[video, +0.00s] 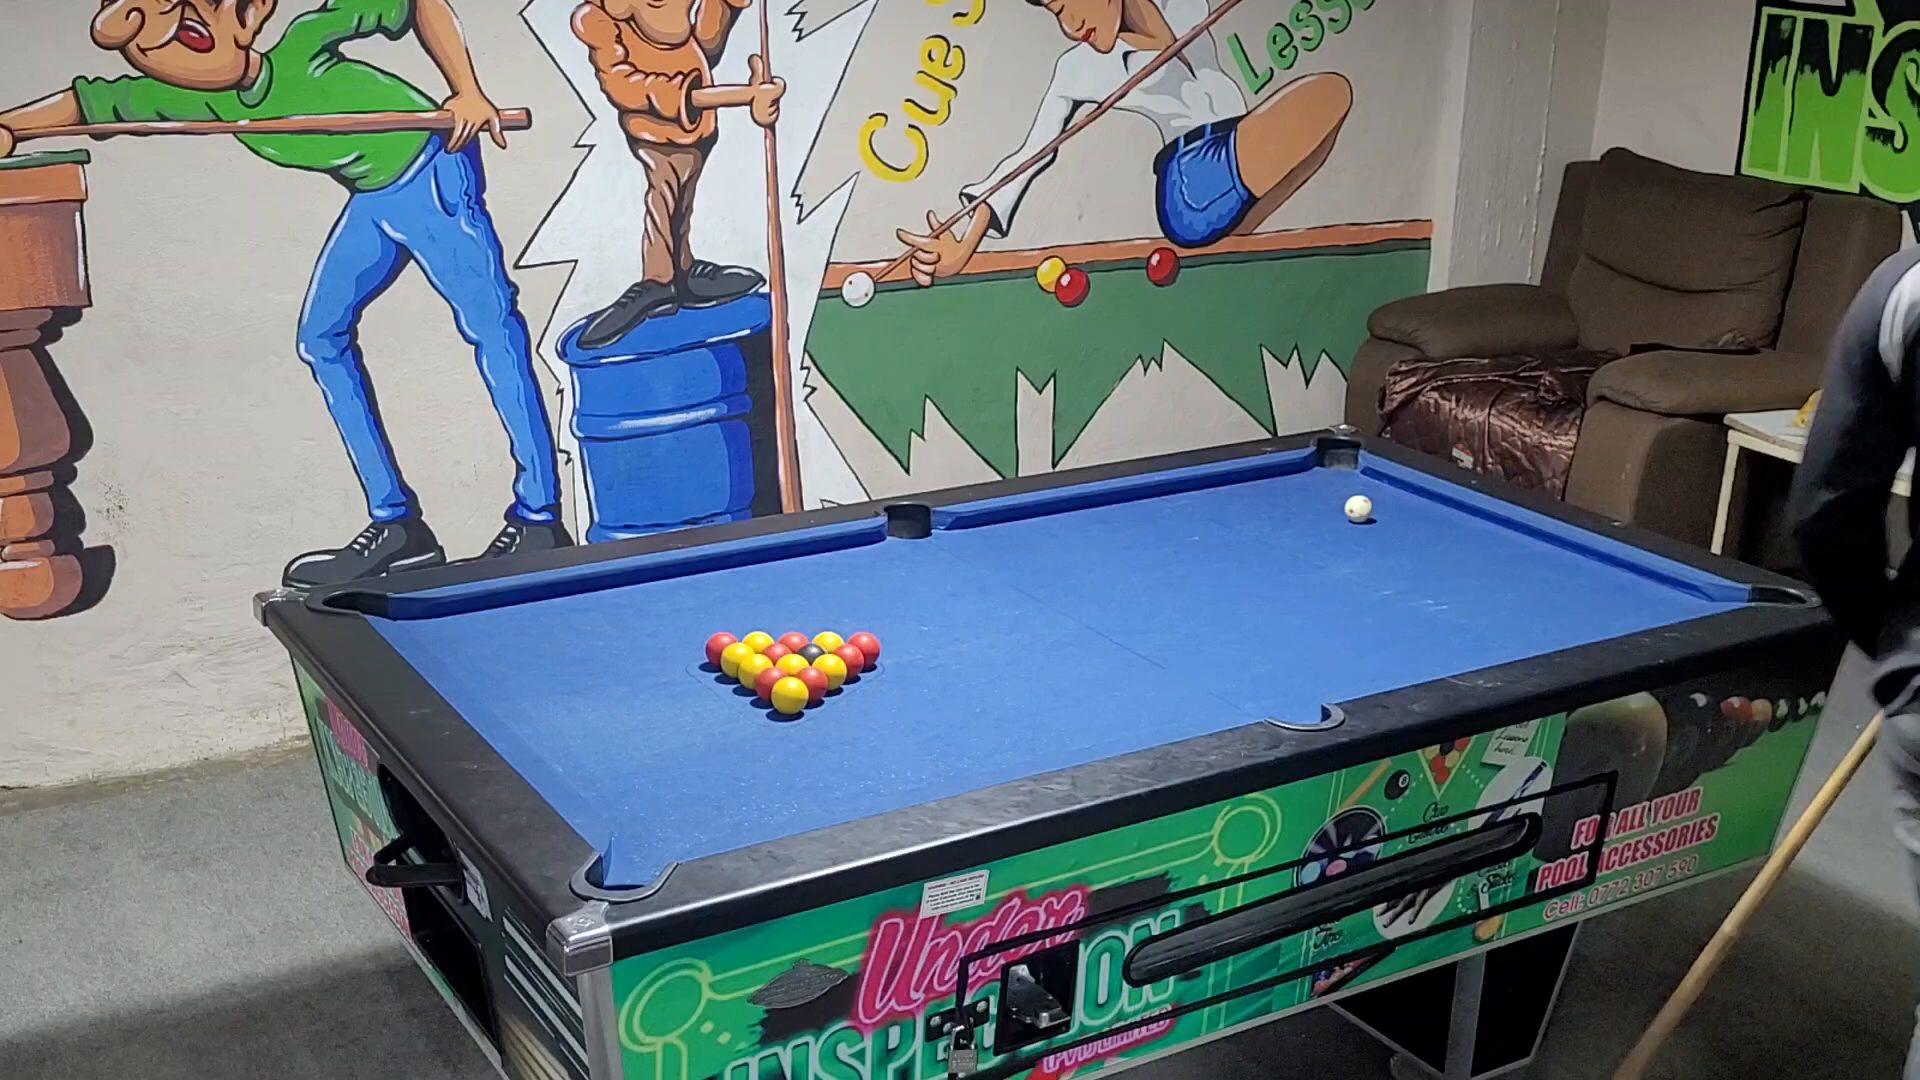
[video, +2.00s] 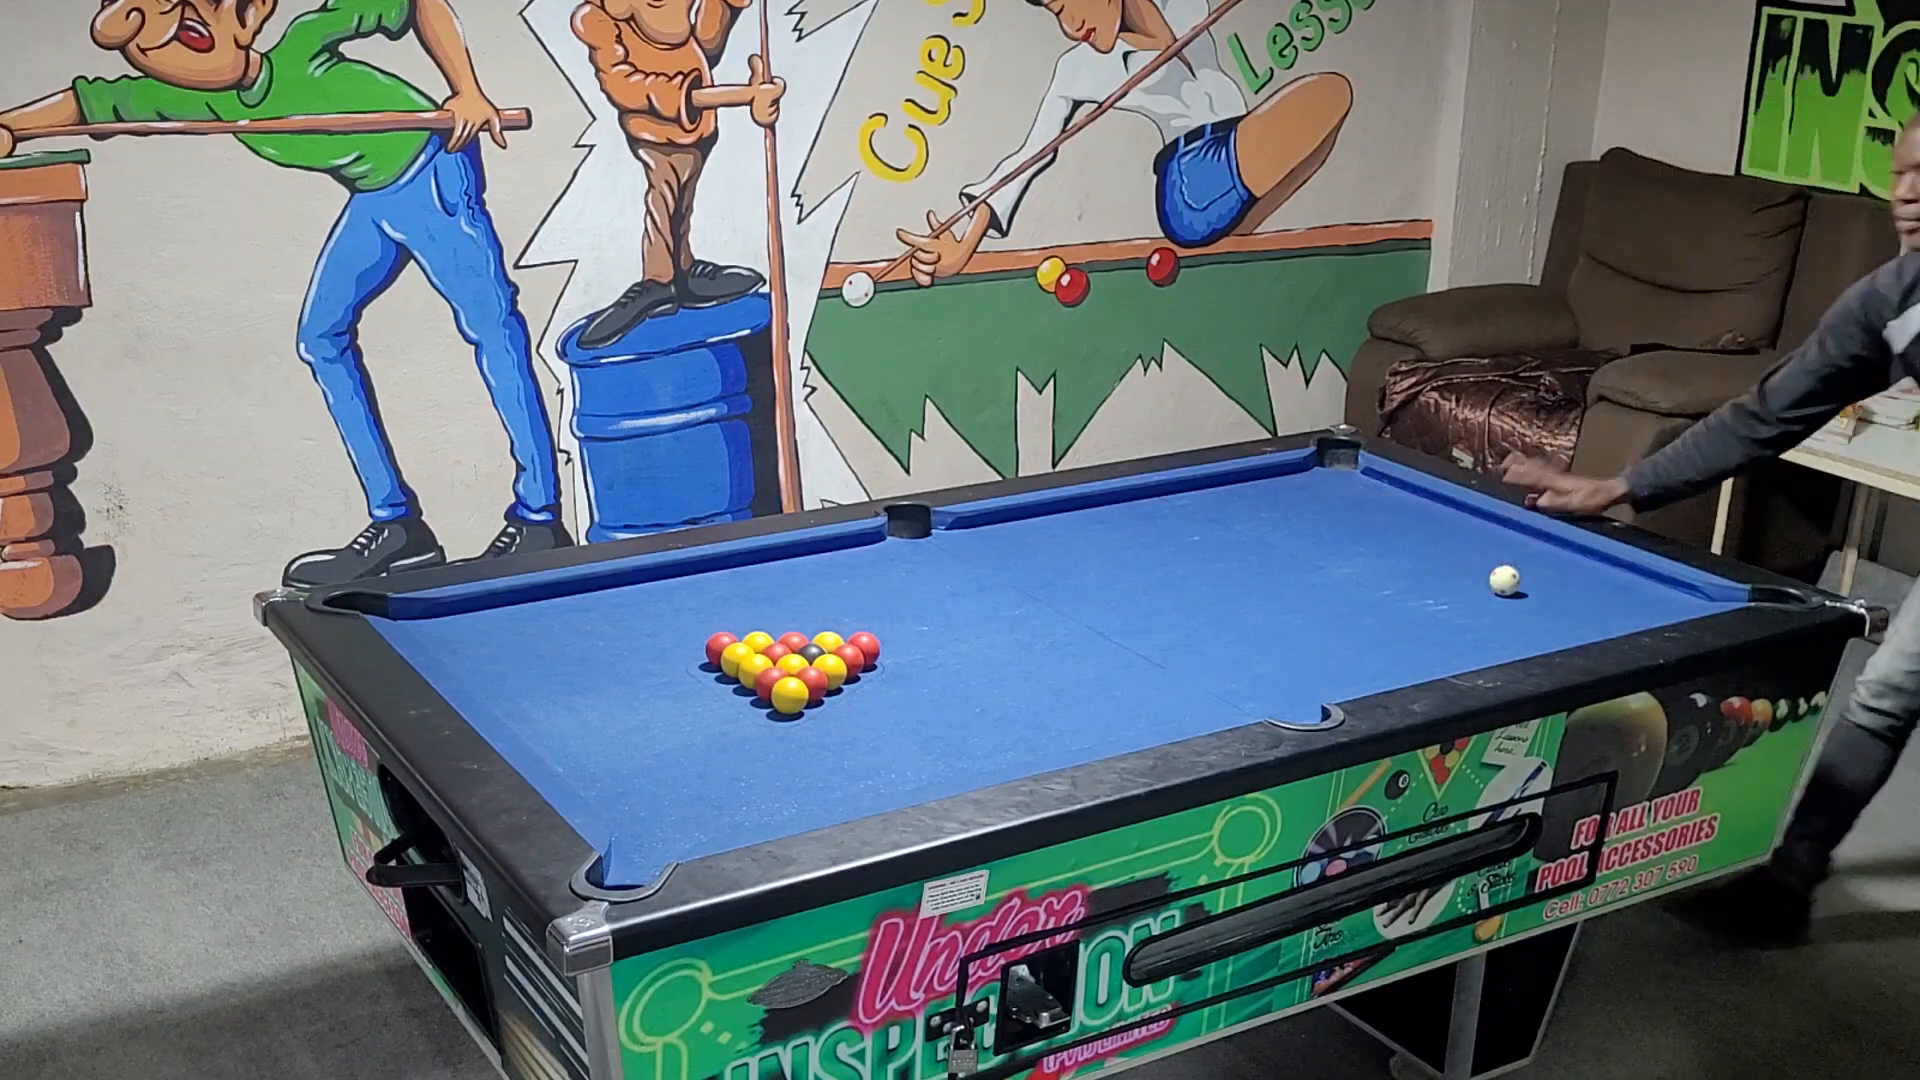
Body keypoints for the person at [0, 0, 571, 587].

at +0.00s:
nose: (207, 59)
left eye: (200, 44)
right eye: (190, 58)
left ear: (223, 23)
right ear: (181, 74)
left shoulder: (300, 37)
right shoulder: (211, 99)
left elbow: (419, 4)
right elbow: (89, 101)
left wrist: (466, 87)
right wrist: (9, 124)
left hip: (426, 166)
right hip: (369, 199)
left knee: (492, 330)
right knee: (322, 338)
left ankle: (540, 517)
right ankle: (397, 522)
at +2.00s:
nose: (209, 57)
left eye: (202, 43)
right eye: (191, 57)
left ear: (224, 22)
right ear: (182, 73)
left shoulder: (300, 37)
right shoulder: (211, 98)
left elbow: (419, 4)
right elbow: (89, 100)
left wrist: (467, 87)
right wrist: (9, 124)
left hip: (426, 165)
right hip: (369, 199)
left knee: (493, 330)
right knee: (322, 338)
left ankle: (540, 517)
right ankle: (397, 523)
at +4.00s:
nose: (204, 52)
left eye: (198, 37)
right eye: (188, 53)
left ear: (222, 18)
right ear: (181, 74)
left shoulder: (300, 37)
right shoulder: (215, 98)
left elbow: (417, 3)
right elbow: (92, 100)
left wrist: (467, 88)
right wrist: (10, 123)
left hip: (426, 165)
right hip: (369, 198)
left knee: (492, 329)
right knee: (322, 338)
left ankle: (540, 518)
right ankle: (397, 523)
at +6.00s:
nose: (208, 58)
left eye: (201, 42)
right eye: (191, 58)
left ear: (228, 22)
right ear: (185, 75)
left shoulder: (300, 37)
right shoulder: (213, 98)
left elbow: (419, 4)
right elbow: (90, 101)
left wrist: (467, 87)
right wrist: (9, 124)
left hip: (426, 165)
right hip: (369, 199)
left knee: (492, 328)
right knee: (322, 337)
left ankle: (541, 516)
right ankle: (397, 522)